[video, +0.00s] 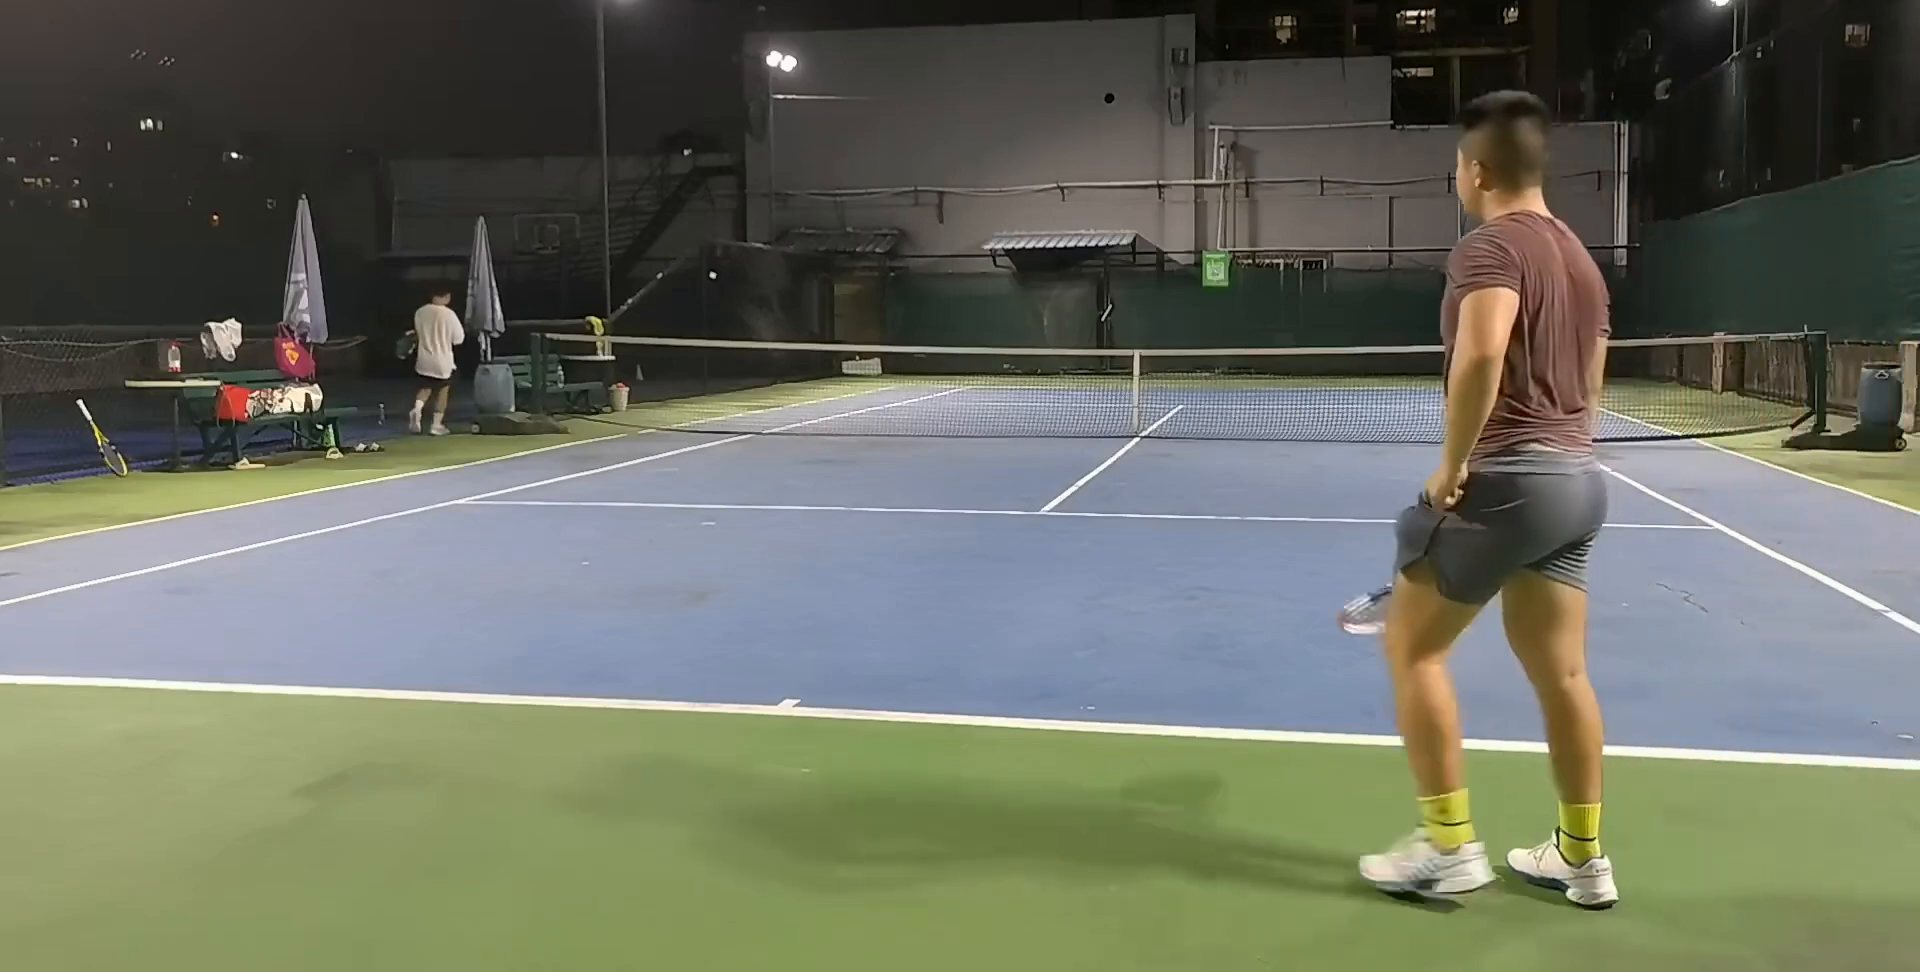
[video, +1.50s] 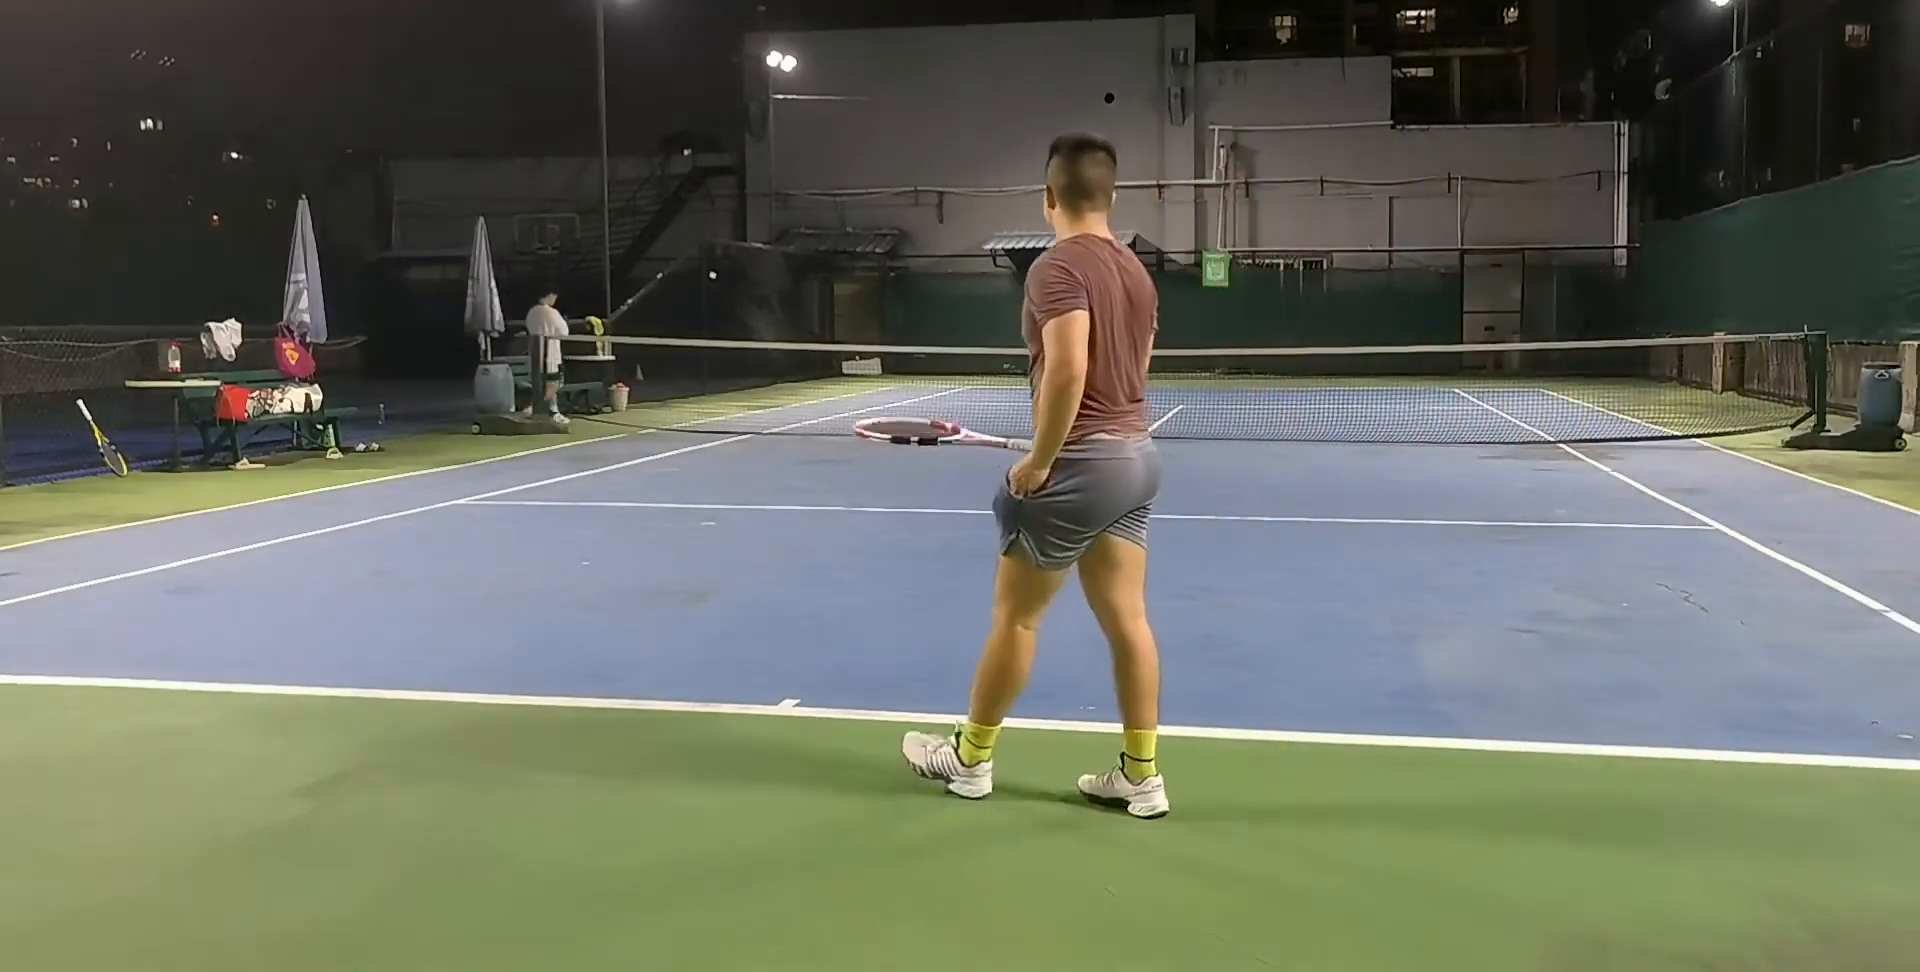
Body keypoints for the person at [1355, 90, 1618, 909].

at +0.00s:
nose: (1457, 176)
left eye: (1460, 163)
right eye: (1461, 162)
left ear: (1477, 169)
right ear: (1537, 169)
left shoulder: (1487, 246)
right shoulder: (1577, 258)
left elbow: (1480, 356)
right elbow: (1590, 384)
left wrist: (1451, 465)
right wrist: (1544, 450)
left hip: (1504, 478)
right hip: (1579, 477)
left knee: (1412, 644)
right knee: (1561, 667)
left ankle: (1448, 844)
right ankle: (1581, 854)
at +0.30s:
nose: (1335, 187)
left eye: (1339, 175)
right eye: (1339, 174)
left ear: (1356, 183)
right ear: (1415, 184)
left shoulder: (1368, 270)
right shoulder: (1458, 268)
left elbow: (1375, 383)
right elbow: (1459, 390)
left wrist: (1334, 477)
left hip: (1389, 480)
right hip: (1458, 476)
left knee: (1327, 654)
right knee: (1471, 652)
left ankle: (1312, 824)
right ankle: (1558, 822)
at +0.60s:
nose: (1241, 180)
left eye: (1244, 167)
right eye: (1244, 166)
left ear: (1258, 176)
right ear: (1315, 175)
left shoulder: (1263, 261)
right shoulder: (1364, 257)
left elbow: (1268, 373)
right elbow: (1400, 367)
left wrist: (1249, 473)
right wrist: (1417, 447)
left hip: (1297, 467)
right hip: (1362, 465)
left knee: (1288, 646)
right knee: (1303, 622)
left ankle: (1309, 821)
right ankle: (1343, 774)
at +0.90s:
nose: (1167, 193)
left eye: (1171, 182)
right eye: (1171, 181)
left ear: (1184, 191)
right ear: (1242, 195)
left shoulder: (1183, 267)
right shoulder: (1279, 274)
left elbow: (1187, 376)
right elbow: (1318, 382)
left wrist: (1179, 478)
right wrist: (1348, 470)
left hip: (1217, 470)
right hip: (1270, 466)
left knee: (1243, 649)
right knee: (1182, 619)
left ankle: (1306, 817)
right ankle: (1144, 775)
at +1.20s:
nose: (1114, 196)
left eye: (1115, 186)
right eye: (1121, 186)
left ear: (1123, 189)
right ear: (1181, 189)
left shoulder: (1124, 258)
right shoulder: (1205, 271)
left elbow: (1121, 368)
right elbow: (1203, 389)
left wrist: (1097, 464)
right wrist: (1172, 456)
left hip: (1138, 457)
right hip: (1191, 456)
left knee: (1075, 618)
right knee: (1151, 617)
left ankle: (1183, 750)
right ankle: (1141, 768)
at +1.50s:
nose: (1044, 204)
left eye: (1044, 195)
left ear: (1049, 197)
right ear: (1113, 198)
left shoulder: (1056, 269)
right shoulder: (1136, 273)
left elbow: (1068, 370)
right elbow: (1129, 379)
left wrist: (1040, 459)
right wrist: (1051, 434)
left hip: (1076, 461)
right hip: (1134, 455)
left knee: (1016, 615)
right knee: (1126, 615)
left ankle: (970, 757)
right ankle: (1140, 774)